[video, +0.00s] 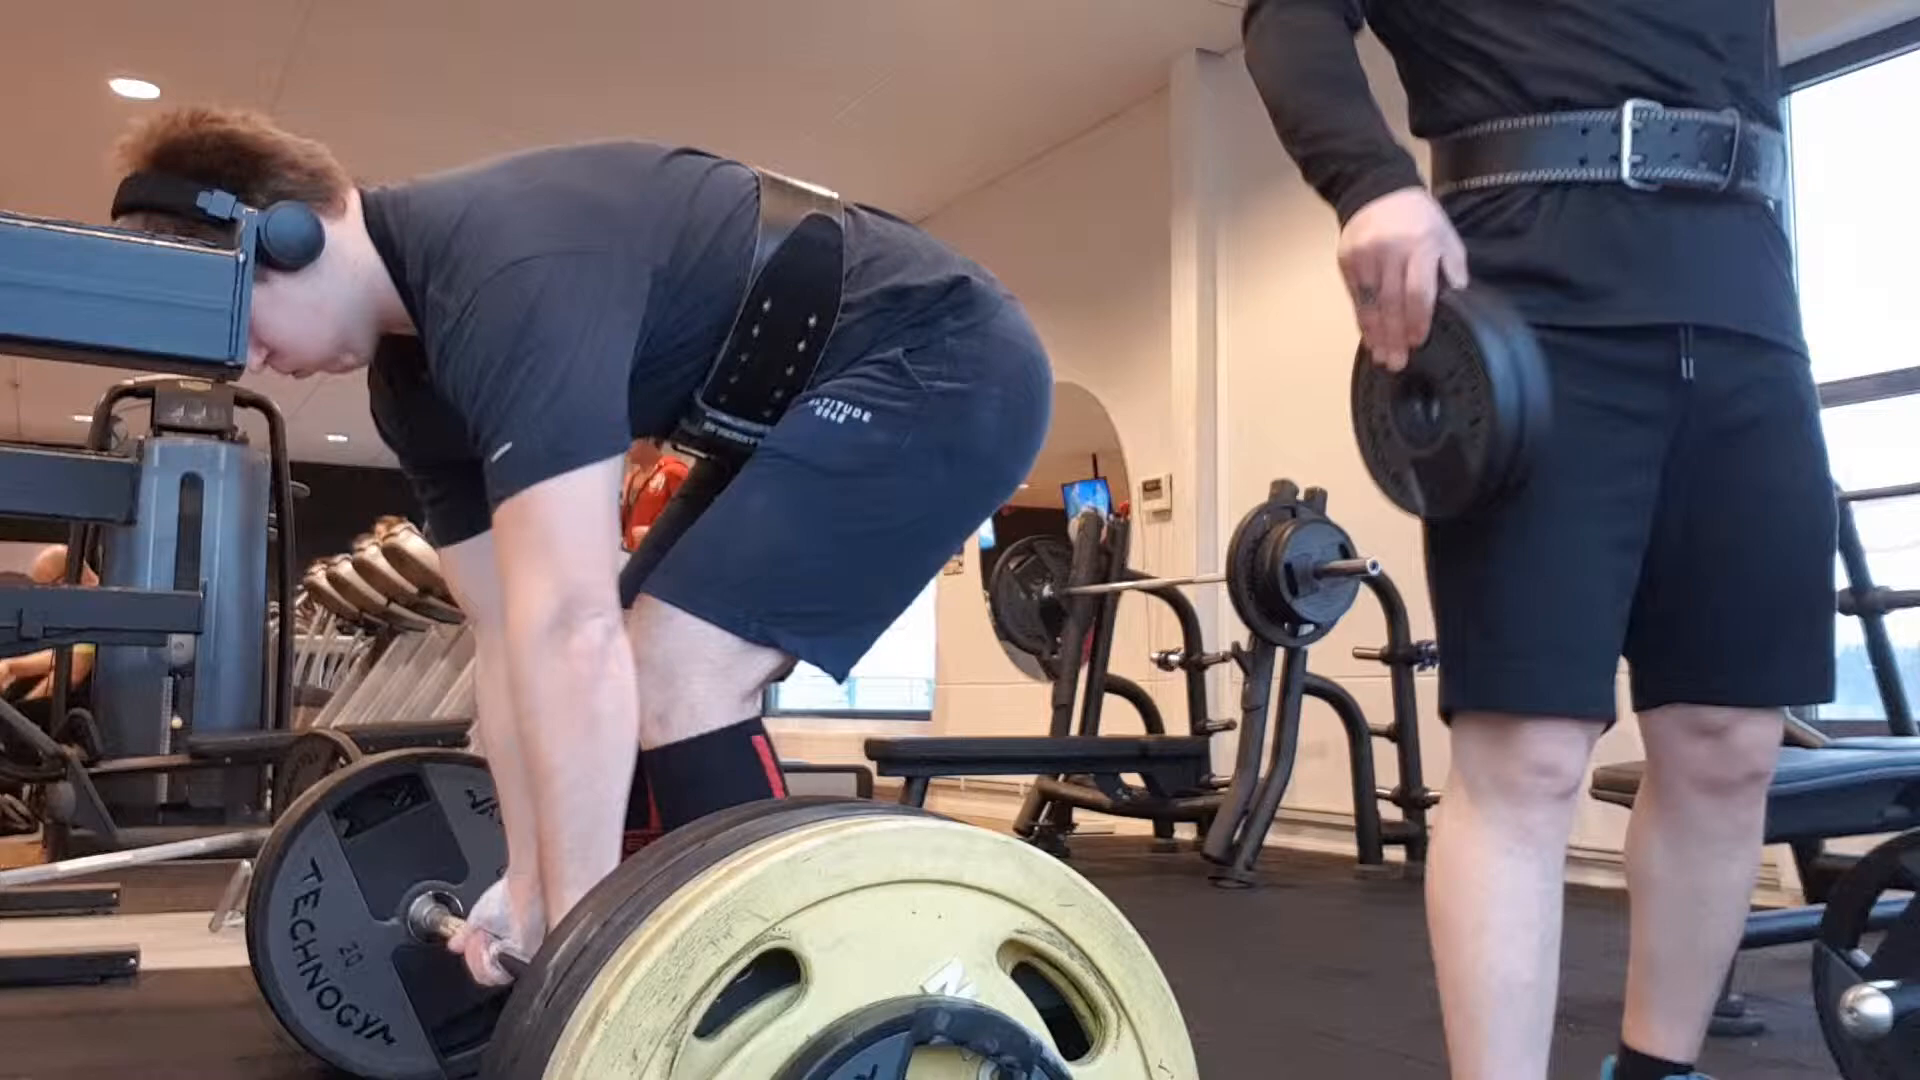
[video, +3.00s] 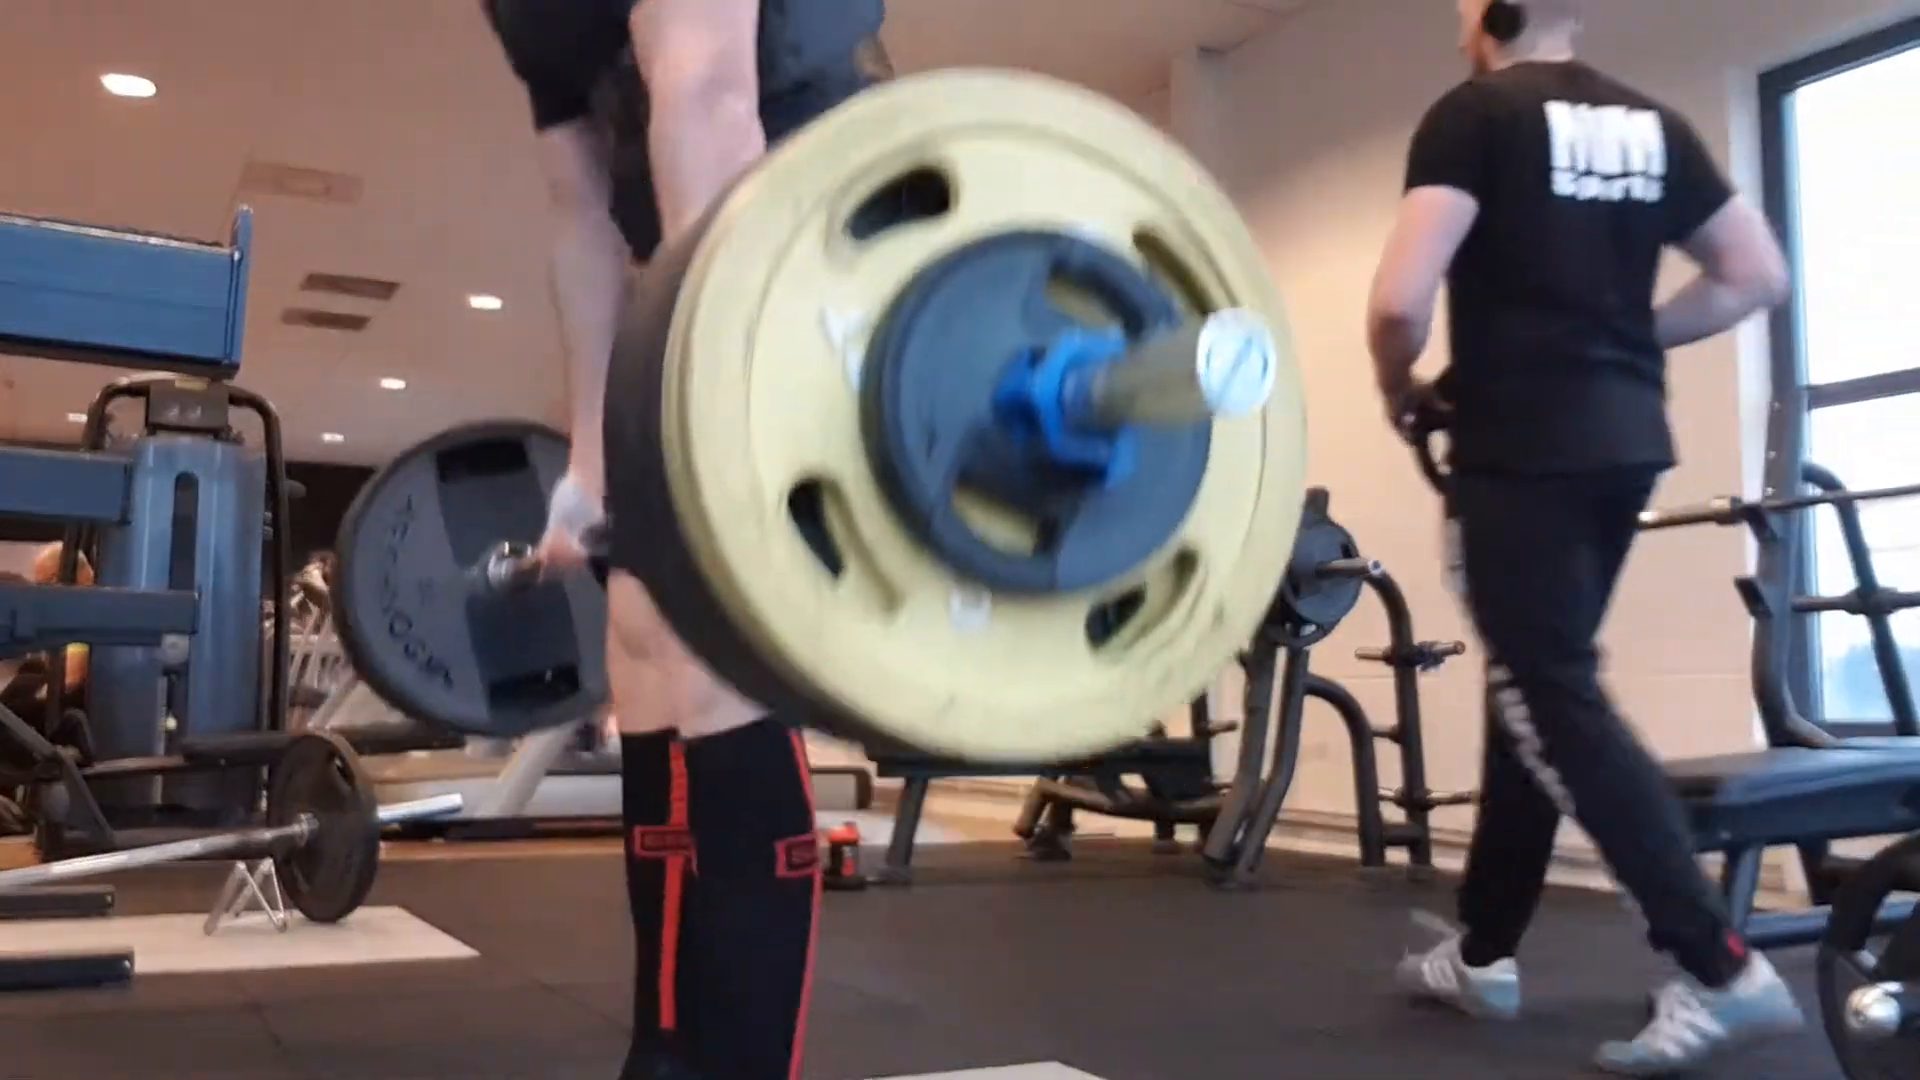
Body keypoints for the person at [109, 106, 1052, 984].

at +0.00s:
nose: (250, 364)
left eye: (233, 321)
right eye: (220, 346)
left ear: (281, 235)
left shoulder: (519, 275)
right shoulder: (413, 376)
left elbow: (578, 628)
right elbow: (507, 633)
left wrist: (582, 935)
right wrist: (525, 885)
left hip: (921, 357)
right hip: (797, 401)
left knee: (686, 672)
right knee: (623, 670)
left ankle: (780, 1007)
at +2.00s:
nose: (262, 266)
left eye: (255, 222)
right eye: (239, 244)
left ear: (333, 141)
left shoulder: (544, 261)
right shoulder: (442, 357)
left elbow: (643, 593)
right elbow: (547, 608)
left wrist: (661, 915)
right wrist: (547, 864)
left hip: (914, 444)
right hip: (807, 469)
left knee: (590, 681)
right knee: (521, 680)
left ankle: (712, 978)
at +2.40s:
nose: (273, 135)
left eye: (277, 92)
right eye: (258, 106)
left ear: (375, 44)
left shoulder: (571, 164)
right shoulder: (461, 273)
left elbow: (663, 488)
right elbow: (550, 527)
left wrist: (659, 812)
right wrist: (546, 787)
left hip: (921, 381)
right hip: (797, 421)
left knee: (681, 696)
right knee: (570, 662)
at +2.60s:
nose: (314, 4)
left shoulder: (591, 67)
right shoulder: (477, 175)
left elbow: (669, 386)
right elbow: (554, 439)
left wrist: (672, 688)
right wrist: (567, 694)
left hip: (913, 341)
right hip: (782, 384)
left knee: (734, 666)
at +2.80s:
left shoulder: (621, 8)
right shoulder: (489, 68)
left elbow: (681, 247)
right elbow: (562, 321)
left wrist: (683, 553)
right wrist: (580, 578)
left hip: (896, 311)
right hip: (755, 337)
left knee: (748, 722)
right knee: (673, 706)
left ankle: (718, 1056)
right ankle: (677, 1047)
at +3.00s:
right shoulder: (531, 17)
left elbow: (710, 98)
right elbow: (582, 199)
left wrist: (748, 405)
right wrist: (587, 467)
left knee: (688, 661)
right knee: (649, 653)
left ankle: (712, 1053)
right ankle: (679, 1042)